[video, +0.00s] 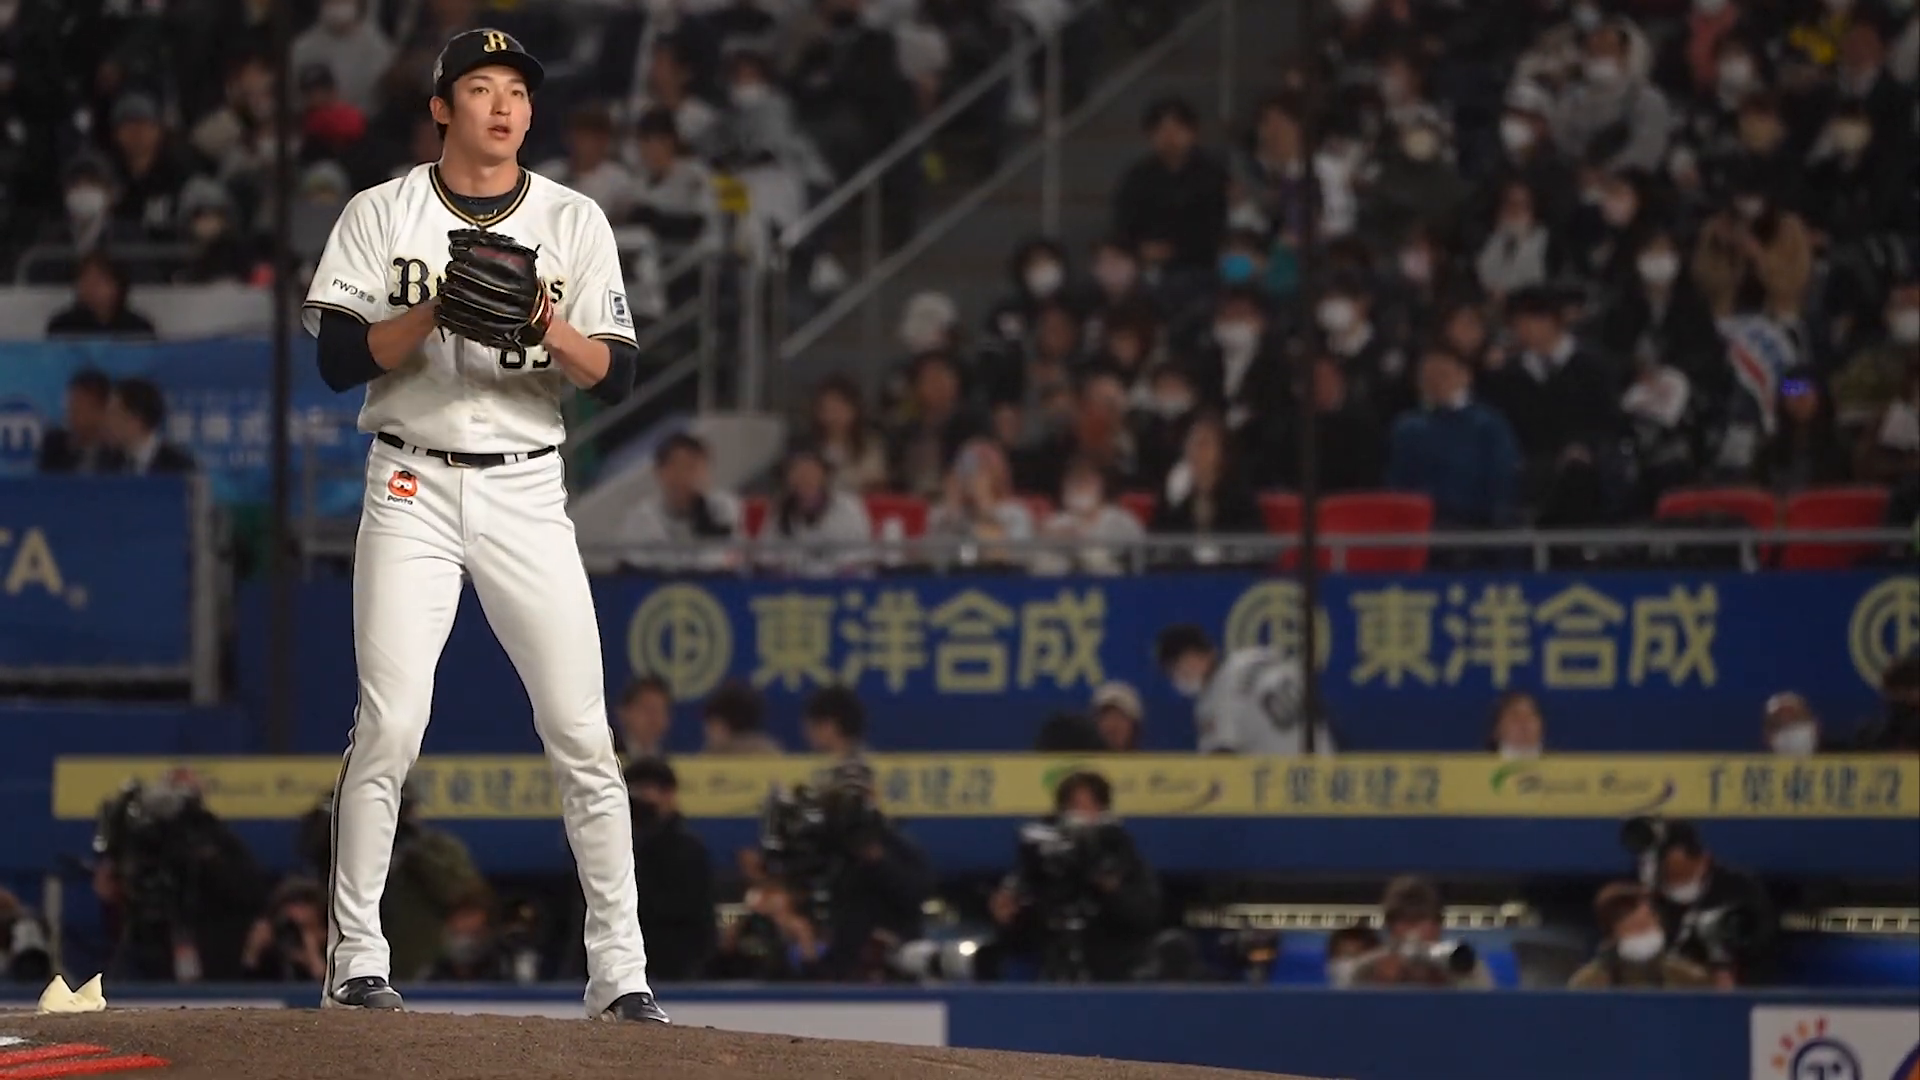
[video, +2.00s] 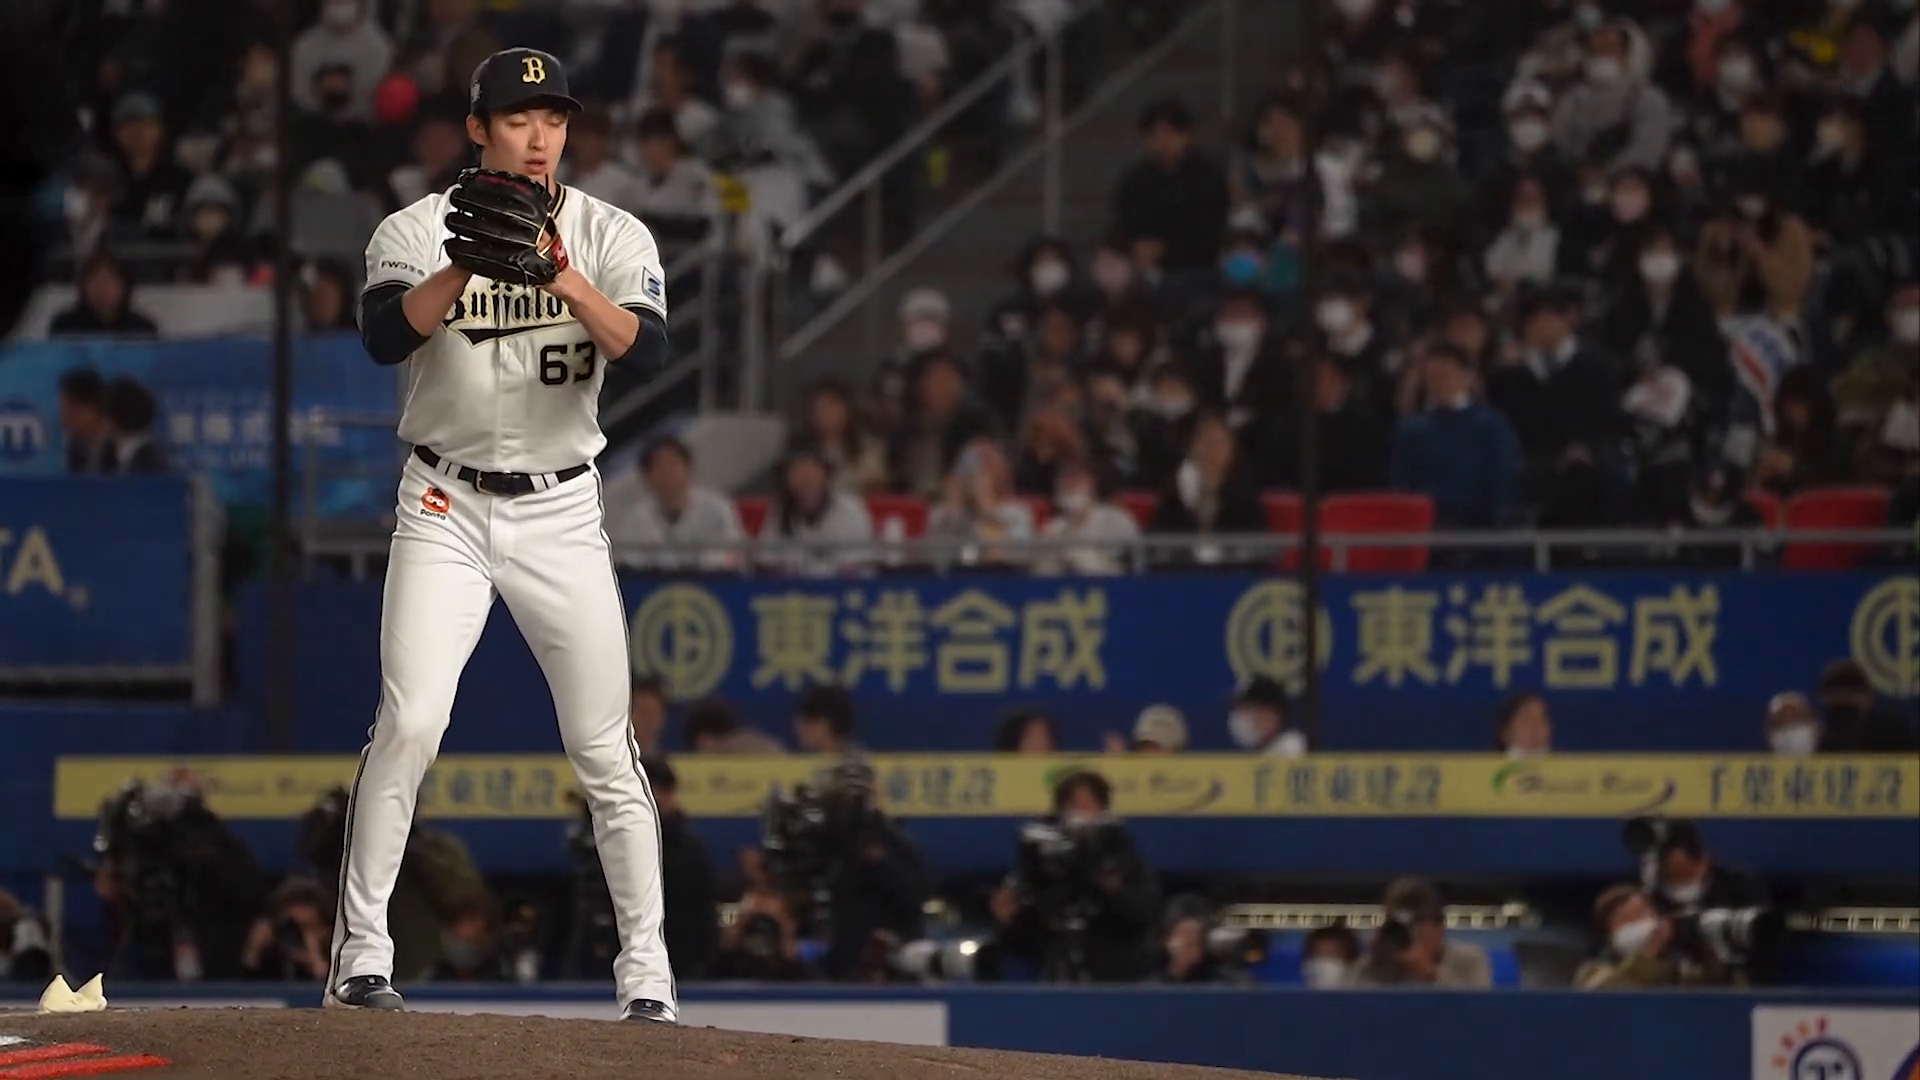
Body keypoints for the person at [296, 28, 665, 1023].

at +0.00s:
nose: (503, 109)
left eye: (515, 95)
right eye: (483, 95)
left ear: (530, 113)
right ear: (441, 110)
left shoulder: (574, 218)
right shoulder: (381, 212)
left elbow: (605, 371)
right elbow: (335, 362)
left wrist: (547, 324)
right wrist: (433, 310)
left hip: (527, 494)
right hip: (410, 488)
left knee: (585, 738)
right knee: (390, 724)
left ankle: (621, 983)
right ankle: (357, 964)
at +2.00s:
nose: (536, 137)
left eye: (549, 119)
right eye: (517, 119)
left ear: (569, 131)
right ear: (477, 129)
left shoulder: (613, 235)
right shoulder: (418, 228)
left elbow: (645, 351)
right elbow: (379, 340)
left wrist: (559, 271)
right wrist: (469, 261)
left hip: (561, 515)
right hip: (442, 507)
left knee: (603, 750)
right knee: (410, 724)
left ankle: (647, 977)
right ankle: (360, 959)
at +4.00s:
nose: (592, 133)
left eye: (593, 118)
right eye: (574, 117)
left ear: (585, 133)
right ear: (517, 128)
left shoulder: (624, 238)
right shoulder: (429, 220)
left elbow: (659, 380)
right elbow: (403, 343)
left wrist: (589, 281)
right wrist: (491, 250)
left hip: (566, 511)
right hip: (447, 501)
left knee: (603, 748)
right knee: (413, 724)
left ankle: (645, 970)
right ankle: (361, 957)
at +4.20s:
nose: (600, 183)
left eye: (600, 168)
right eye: (582, 168)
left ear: (584, 181)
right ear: (526, 180)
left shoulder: (627, 285)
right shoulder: (430, 268)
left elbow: (683, 434)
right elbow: (386, 409)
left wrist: (635, 430)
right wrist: (481, 382)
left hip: (575, 529)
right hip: (458, 529)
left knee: (557, 678)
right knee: (413, 729)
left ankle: (537, 861)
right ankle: (363, 948)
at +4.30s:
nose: (602, 248)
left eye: (602, 232)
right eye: (584, 233)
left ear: (595, 241)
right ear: (530, 245)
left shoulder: (634, 349)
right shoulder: (443, 338)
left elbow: (701, 486)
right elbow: (390, 479)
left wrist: (688, 574)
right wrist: (434, 564)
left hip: (590, 567)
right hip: (474, 570)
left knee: (591, 715)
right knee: (425, 743)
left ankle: (551, 929)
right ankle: (362, 954)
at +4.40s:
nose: (619, 312)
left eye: (618, 295)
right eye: (599, 298)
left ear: (612, 305)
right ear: (546, 312)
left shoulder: (656, 405)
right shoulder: (460, 407)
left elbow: (752, 523)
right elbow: (395, 554)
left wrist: (829, 650)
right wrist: (347, 700)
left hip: (625, 618)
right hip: (505, 629)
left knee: (673, 765)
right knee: (451, 762)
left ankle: (739, 930)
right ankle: (365, 962)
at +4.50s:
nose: (673, 369)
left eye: (673, 353)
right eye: (654, 354)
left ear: (660, 366)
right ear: (594, 367)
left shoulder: (709, 449)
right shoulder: (505, 466)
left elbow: (858, 511)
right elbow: (392, 569)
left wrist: (1006, 548)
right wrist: (275, 662)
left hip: (692, 673)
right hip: (569, 687)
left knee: (815, 789)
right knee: (500, 792)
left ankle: (973, 962)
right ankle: (382, 947)